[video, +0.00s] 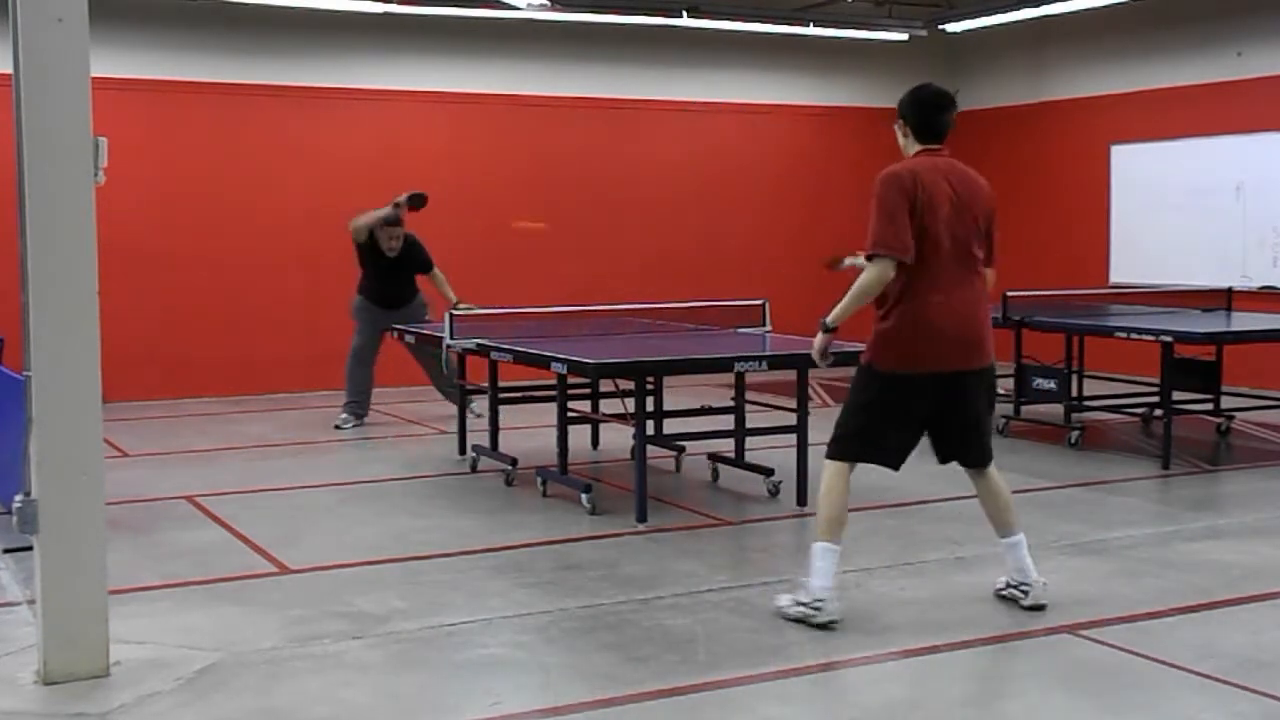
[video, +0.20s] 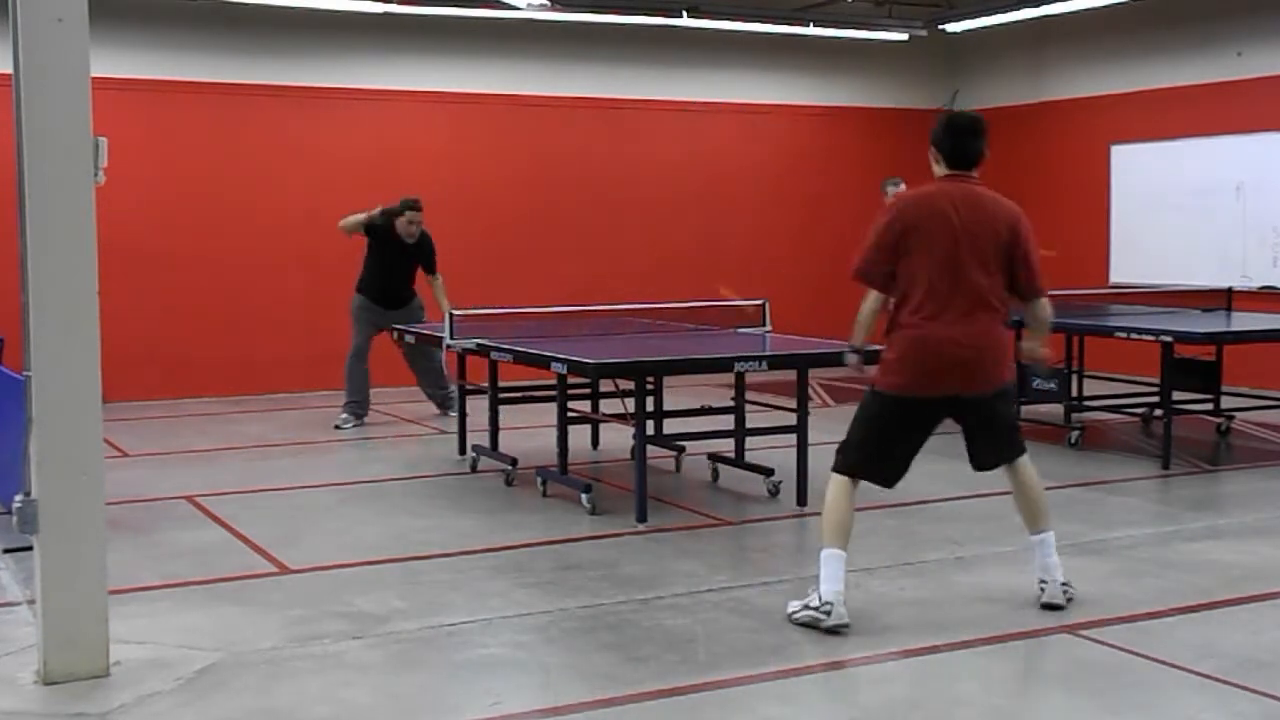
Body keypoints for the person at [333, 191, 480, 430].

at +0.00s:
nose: (393, 244)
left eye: (398, 238)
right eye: (389, 238)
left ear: (403, 235)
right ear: (377, 236)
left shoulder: (411, 246)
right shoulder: (366, 245)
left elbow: (433, 273)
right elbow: (356, 227)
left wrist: (455, 301)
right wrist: (391, 210)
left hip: (409, 309)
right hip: (372, 309)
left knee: (434, 355)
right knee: (361, 353)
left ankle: (464, 400)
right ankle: (354, 411)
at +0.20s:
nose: (415, 229)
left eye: (419, 224)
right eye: (411, 223)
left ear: (422, 222)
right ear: (397, 220)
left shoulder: (423, 241)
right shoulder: (380, 228)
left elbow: (433, 276)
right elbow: (345, 226)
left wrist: (445, 307)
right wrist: (370, 216)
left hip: (405, 305)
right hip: (370, 303)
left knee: (424, 353)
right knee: (358, 352)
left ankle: (446, 400)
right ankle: (354, 411)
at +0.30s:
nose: (426, 224)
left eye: (430, 219)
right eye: (421, 218)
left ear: (433, 218)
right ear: (410, 215)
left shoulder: (433, 241)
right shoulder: (391, 227)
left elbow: (437, 279)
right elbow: (351, 235)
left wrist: (444, 311)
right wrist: (355, 237)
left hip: (412, 308)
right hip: (376, 305)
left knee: (428, 356)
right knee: (361, 354)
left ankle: (446, 402)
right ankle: (354, 410)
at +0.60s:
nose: (431, 204)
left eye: (435, 200)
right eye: (426, 199)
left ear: (439, 201)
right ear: (414, 200)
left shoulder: (443, 228)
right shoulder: (394, 220)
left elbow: (452, 261)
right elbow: (367, 239)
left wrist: (457, 292)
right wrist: (365, 268)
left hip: (422, 303)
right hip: (386, 300)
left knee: (435, 354)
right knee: (369, 351)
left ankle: (447, 402)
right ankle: (352, 405)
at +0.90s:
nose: (411, 199)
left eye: (414, 195)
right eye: (405, 195)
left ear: (418, 199)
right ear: (393, 200)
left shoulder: (430, 228)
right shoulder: (382, 226)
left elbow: (445, 256)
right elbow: (370, 255)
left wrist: (444, 272)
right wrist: (363, 281)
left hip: (424, 307)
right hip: (386, 307)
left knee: (444, 355)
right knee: (365, 353)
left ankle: (459, 403)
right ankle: (347, 406)